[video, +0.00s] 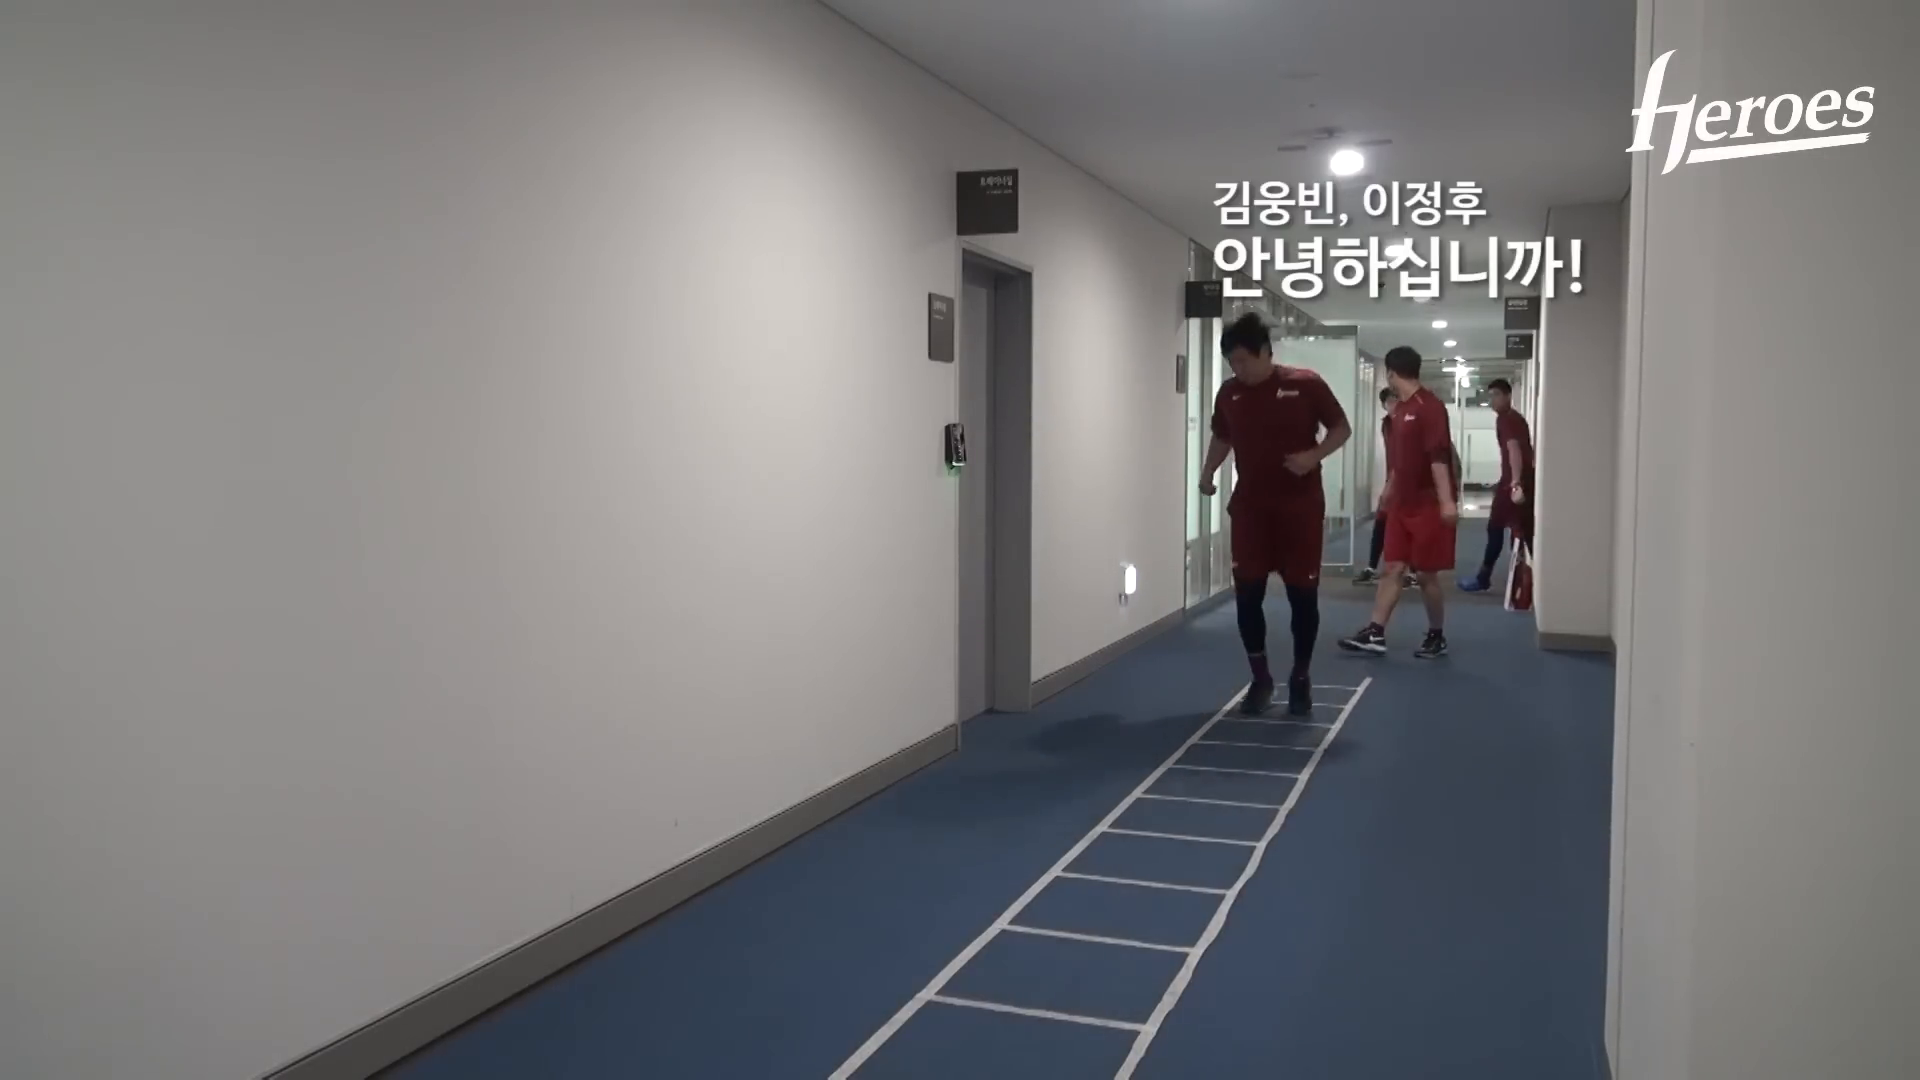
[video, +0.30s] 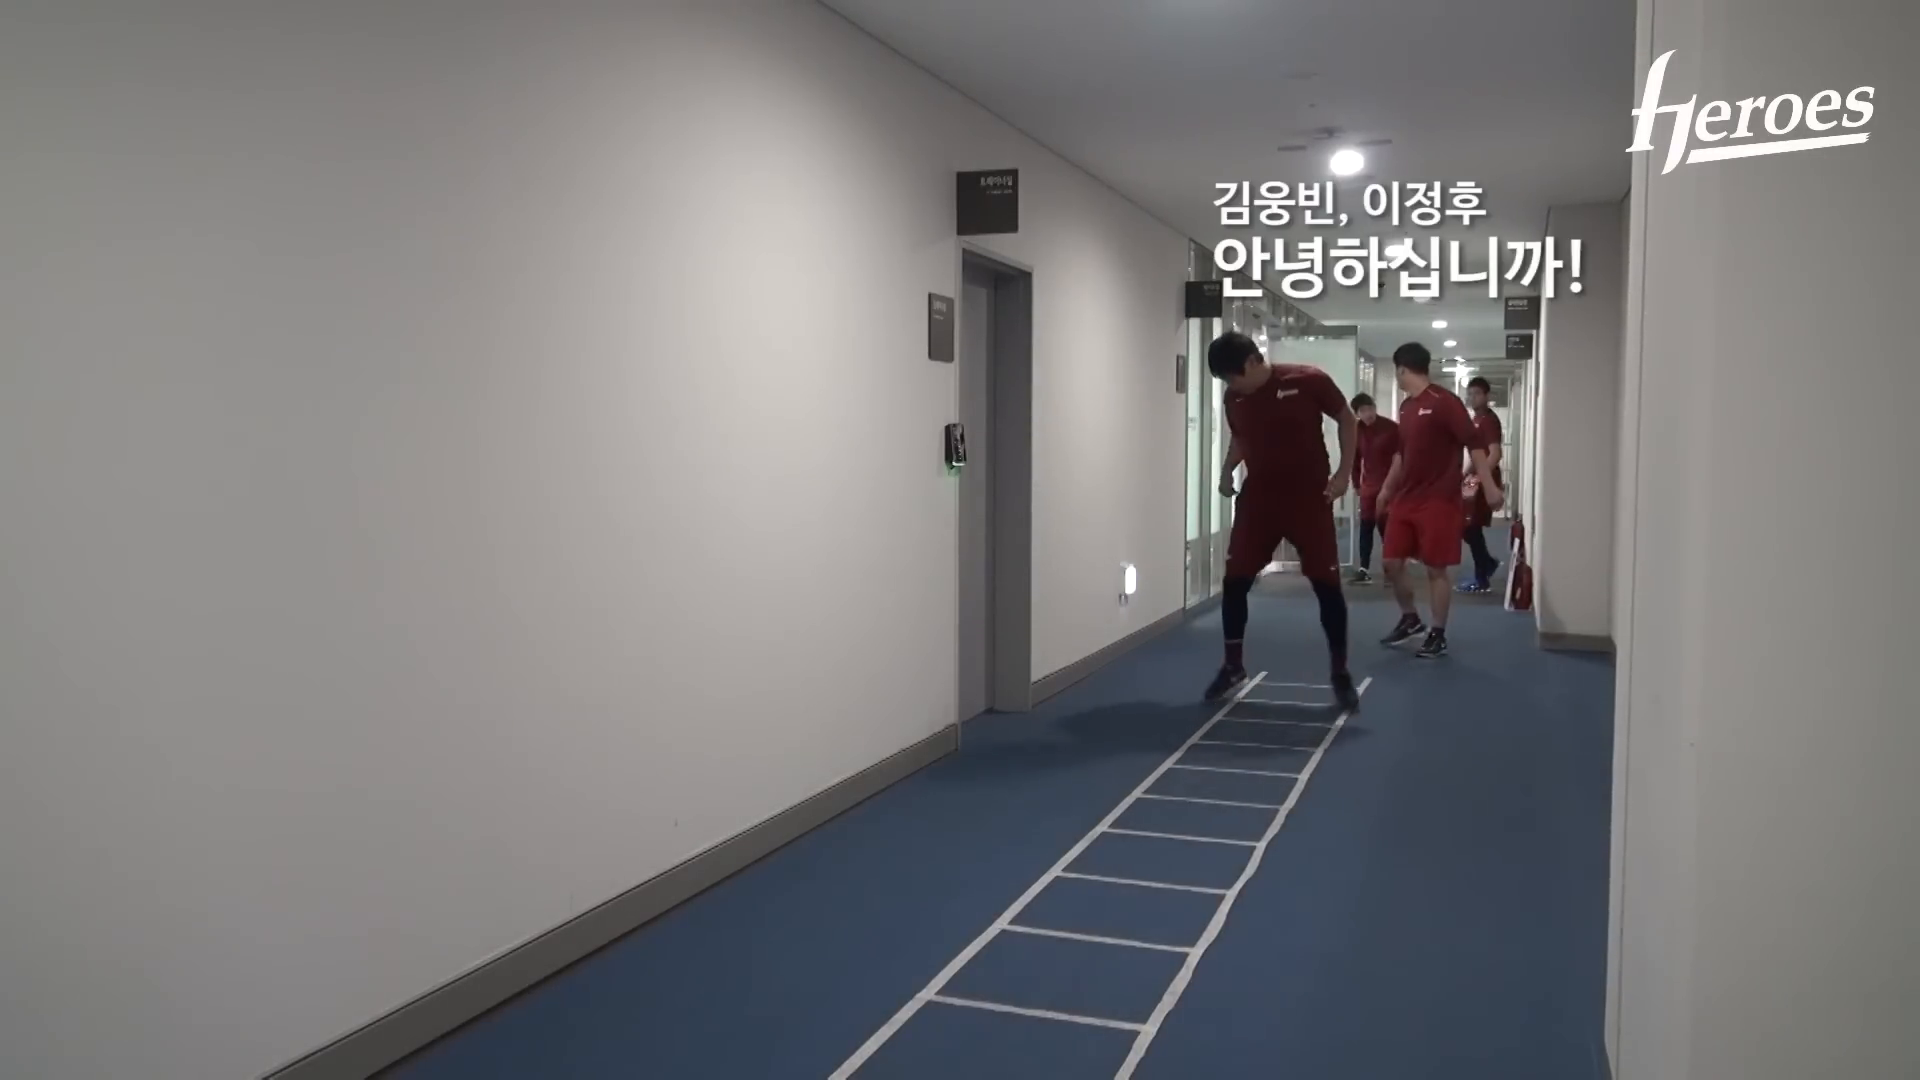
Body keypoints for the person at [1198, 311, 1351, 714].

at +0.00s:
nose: (1235, 368)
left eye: (1240, 360)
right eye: (1231, 361)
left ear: (1263, 353)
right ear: (1230, 357)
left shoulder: (1306, 384)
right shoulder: (1229, 393)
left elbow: (1341, 429)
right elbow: (1222, 437)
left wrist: (1315, 455)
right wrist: (1208, 471)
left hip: (1300, 510)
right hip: (1250, 508)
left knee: (1303, 598)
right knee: (1247, 597)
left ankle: (1300, 678)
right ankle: (1261, 680)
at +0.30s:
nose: (1230, 386)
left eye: (1233, 379)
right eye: (1227, 381)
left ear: (1252, 363)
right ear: (1238, 370)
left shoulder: (1311, 381)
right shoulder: (1235, 396)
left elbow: (1347, 419)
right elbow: (1241, 438)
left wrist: (1344, 471)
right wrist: (1227, 468)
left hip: (1309, 500)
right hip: (1258, 500)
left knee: (1327, 585)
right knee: (1234, 582)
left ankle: (1340, 672)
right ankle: (1232, 666)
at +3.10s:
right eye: (1239, 362)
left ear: (1211, 366)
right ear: (1241, 366)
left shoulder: (1195, 397)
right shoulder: (1252, 399)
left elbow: (1176, 442)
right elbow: (1284, 409)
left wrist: (1165, 479)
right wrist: (1261, 380)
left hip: (1198, 488)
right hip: (1235, 490)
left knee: (1186, 555)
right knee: (1228, 564)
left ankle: (1183, 610)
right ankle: (1222, 634)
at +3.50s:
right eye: (1246, 369)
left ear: (1220, 374)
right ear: (1249, 373)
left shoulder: (1208, 403)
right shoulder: (1263, 403)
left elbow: (1191, 444)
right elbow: (1287, 417)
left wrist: (1181, 484)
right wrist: (1265, 389)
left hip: (1211, 488)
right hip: (1246, 490)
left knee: (1215, 556)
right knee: (1234, 560)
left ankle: (1220, 622)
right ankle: (1222, 633)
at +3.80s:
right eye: (1253, 369)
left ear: (1228, 377)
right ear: (1255, 372)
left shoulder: (1218, 405)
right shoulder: (1271, 399)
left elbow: (1204, 447)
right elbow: (1297, 412)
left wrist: (1192, 483)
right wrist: (1273, 387)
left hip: (1224, 487)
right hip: (1258, 487)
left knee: (1227, 552)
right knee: (1267, 553)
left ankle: (1227, 619)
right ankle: (1238, 601)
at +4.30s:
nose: (1308, 380)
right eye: (1308, 376)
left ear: (1282, 377)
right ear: (1308, 377)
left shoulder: (1267, 405)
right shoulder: (1315, 407)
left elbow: (1249, 444)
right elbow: (1348, 420)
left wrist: (1244, 478)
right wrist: (1329, 393)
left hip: (1266, 489)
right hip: (1300, 491)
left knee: (1254, 552)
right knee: (1308, 555)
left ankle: (1233, 610)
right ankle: (1318, 616)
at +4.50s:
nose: (1332, 377)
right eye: (1331, 373)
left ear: (1305, 374)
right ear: (1330, 374)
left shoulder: (1289, 401)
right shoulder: (1335, 402)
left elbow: (1271, 441)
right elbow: (1368, 415)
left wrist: (1266, 477)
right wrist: (1349, 387)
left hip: (1288, 482)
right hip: (1320, 484)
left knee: (1291, 541)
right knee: (1319, 548)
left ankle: (1266, 587)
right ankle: (1319, 615)